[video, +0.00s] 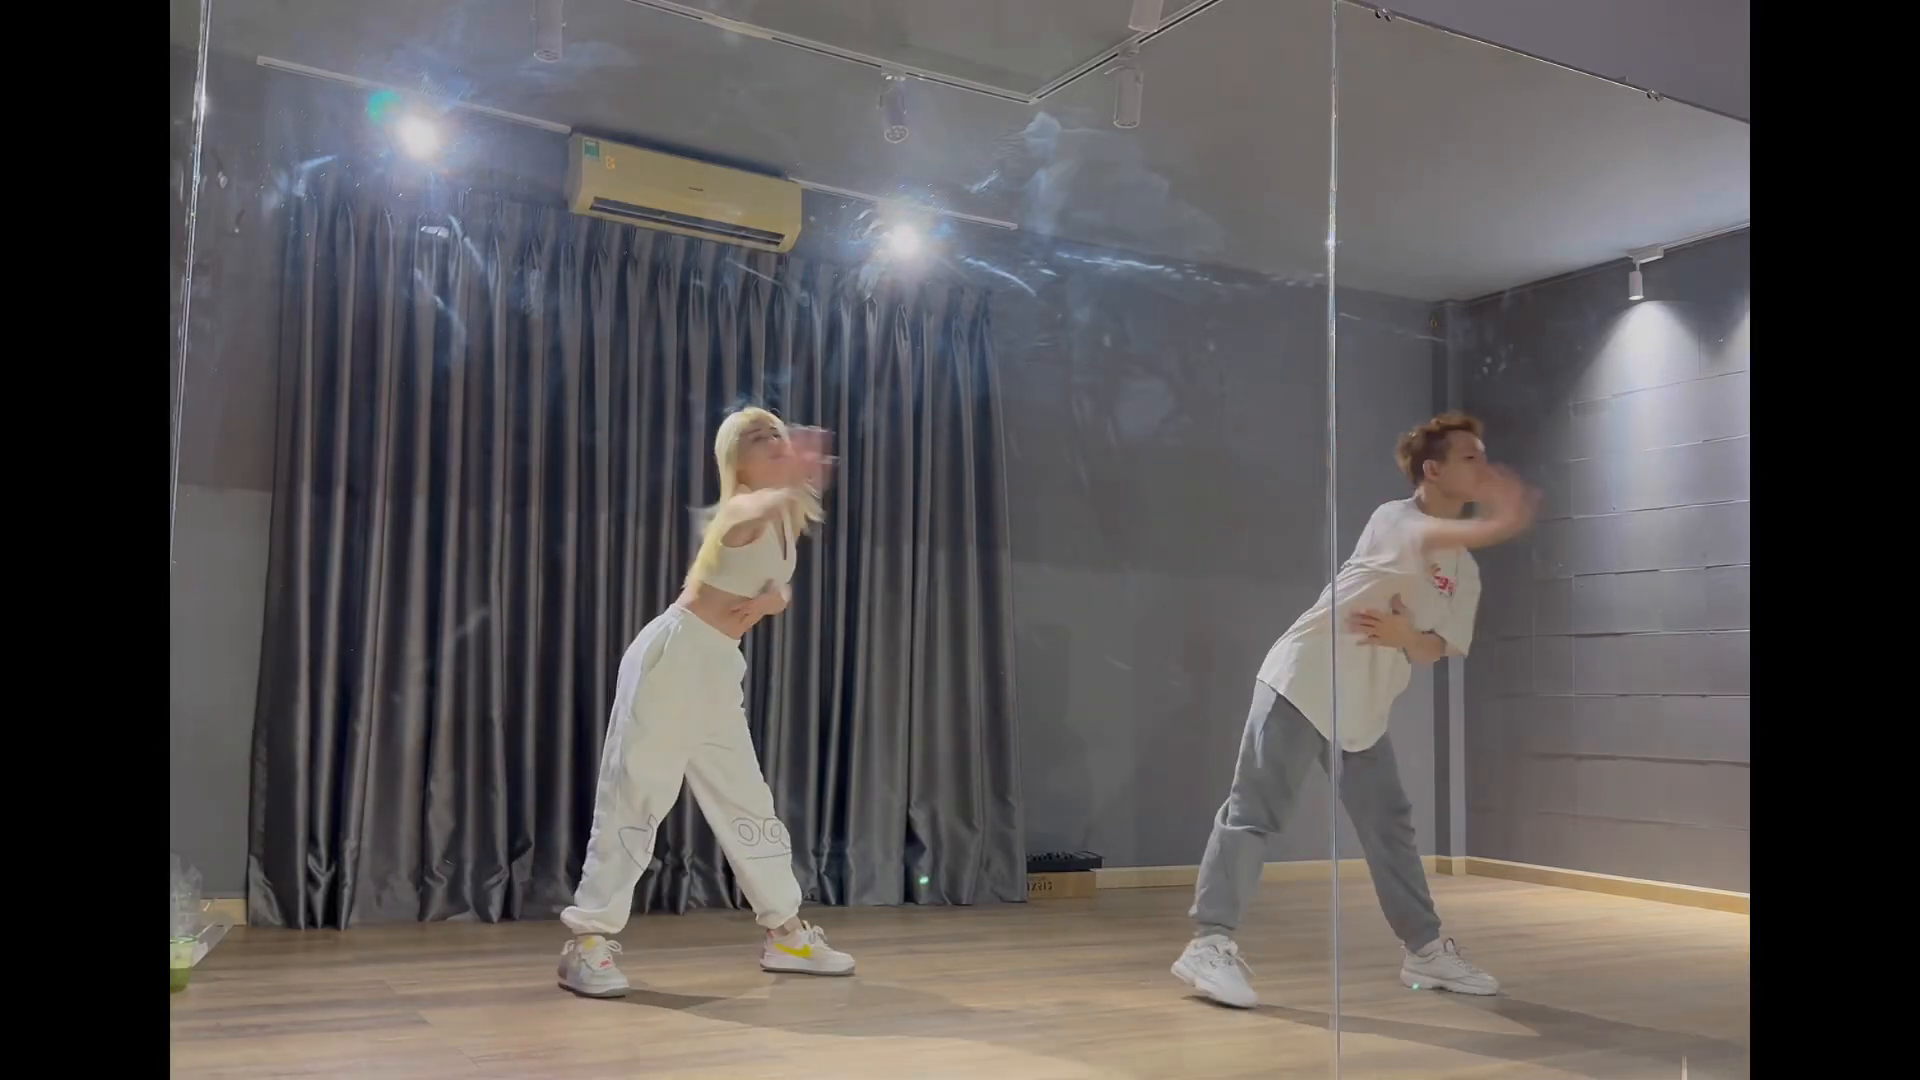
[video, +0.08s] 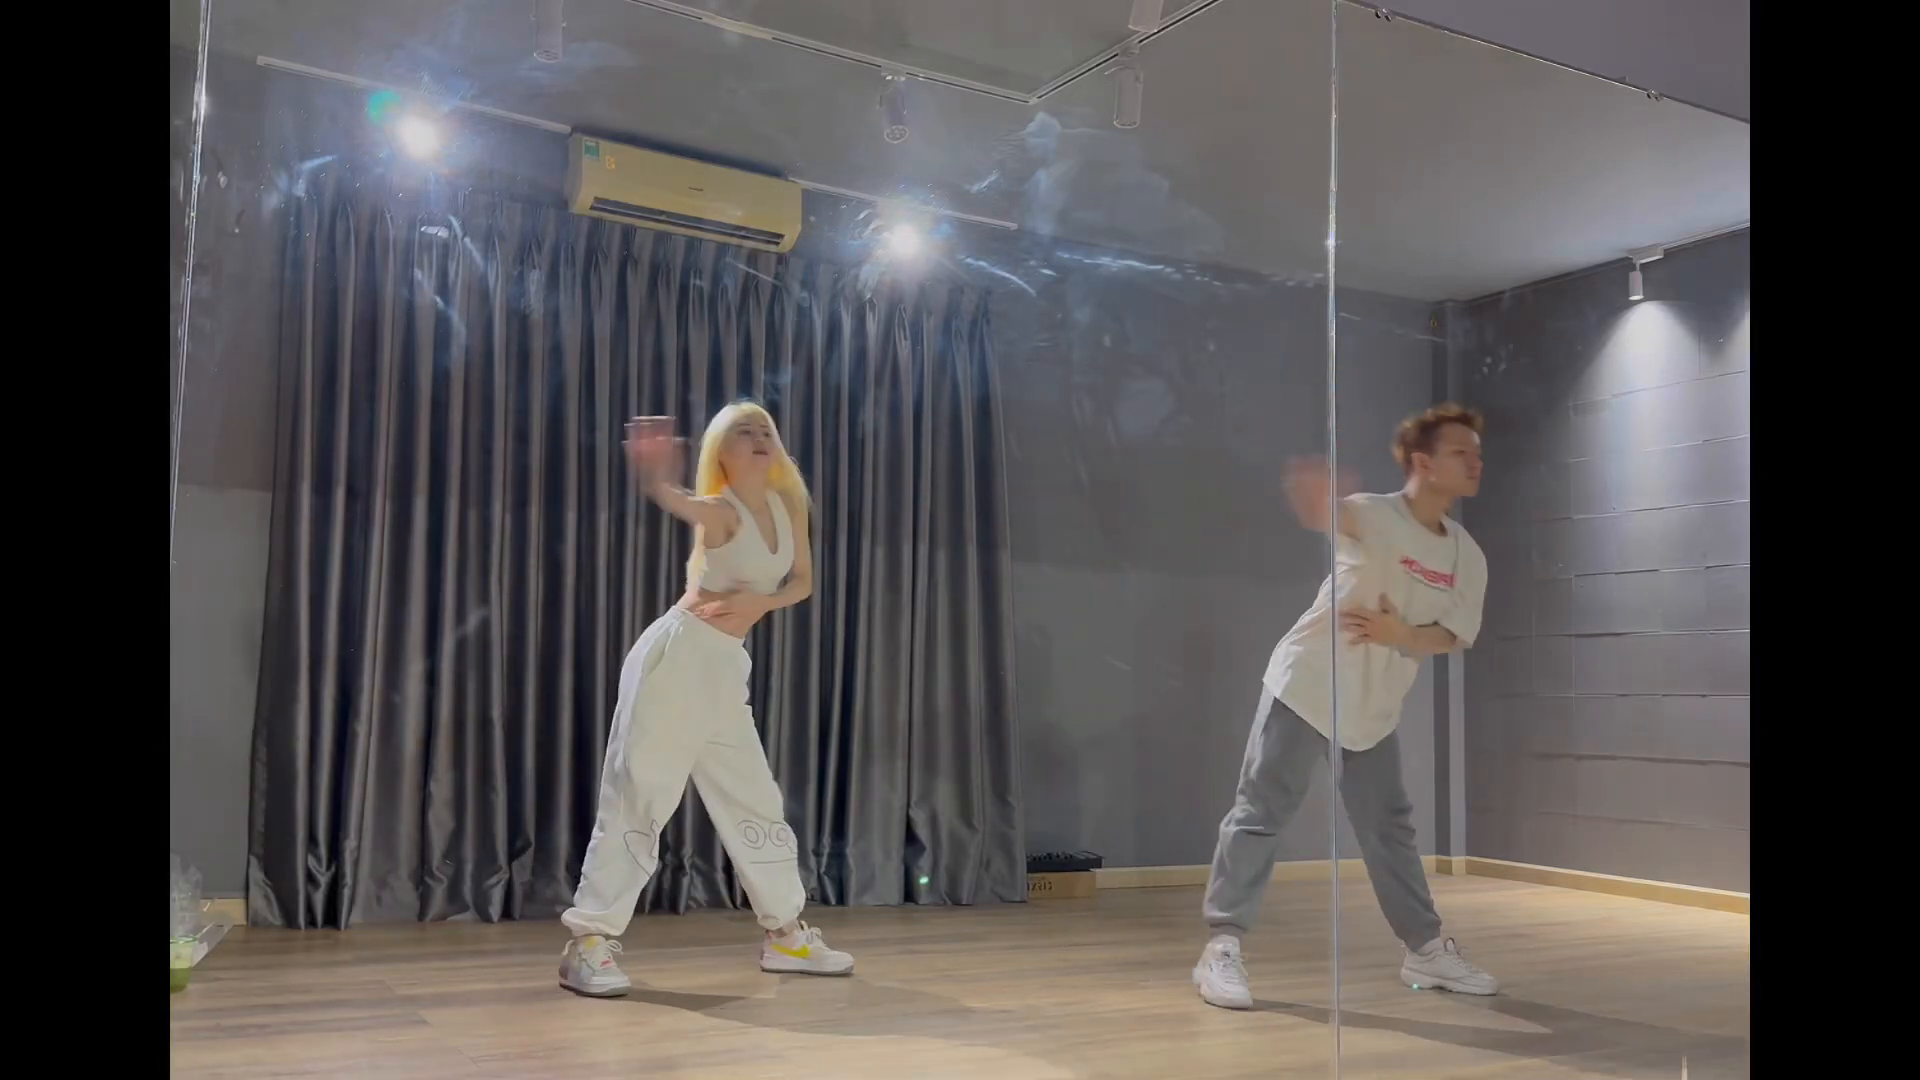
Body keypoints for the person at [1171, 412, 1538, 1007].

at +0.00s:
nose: (1485, 467)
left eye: (1483, 457)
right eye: (1471, 457)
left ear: (1462, 473)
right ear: (1431, 469)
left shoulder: (1467, 568)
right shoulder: (1394, 519)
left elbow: (1443, 648)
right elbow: (1433, 534)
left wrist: (1406, 635)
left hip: (1360, 701)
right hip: (1305, 675)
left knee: (1389, 824)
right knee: (1254, 811)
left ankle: (1426, 951)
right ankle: (1208, 945)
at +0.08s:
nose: (1476, 464)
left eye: (1478, 455)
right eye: (1462, 454)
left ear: (1472, 467)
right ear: (1420, 461)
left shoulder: (1468, 557)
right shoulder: (1376, 513)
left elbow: (1455, 636)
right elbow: (1330, 518)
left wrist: (1397, 634)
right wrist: (1315, 500)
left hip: (1371, 705)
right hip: (1308, 682)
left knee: (1389, 825)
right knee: (1260, 813)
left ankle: (1426, 950)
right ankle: (1221, 951)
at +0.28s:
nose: (1392, 461)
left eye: (1398, 450)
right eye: (1376, 451)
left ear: (1404, 456)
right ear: (1341, 458)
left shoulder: (1428, 523)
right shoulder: (1299, 510)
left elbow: (1505, 583)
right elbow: (1217, 472)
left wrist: (1431, 579)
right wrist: (1219, 535)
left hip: (1397, 708)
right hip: (1311, 702)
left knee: (1433, 824)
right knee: (1285, 816)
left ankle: (1453, 947)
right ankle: (1239, 949)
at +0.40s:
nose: (1386, 474)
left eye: (1392, 462)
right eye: (1371, 463)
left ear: (1401, 465)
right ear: (1337, 469)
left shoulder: (1419, 534)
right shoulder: (1296, 521)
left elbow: (1437, 616)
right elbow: (1223, 530)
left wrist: (1379, 584)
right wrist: (1283, 484)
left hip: (1402, 708)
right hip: (1312, 703)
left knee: (1444, 825)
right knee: (1261, 798)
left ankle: (1472, 952)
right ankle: (1257, 949)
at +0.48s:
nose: (1385, 501)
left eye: (1393, 487)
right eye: (1370, 489)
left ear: (1404, 489)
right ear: (1342, 492)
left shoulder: (1420, 560)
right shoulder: (1310, 545)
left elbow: (1390, 627)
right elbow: (1267, 571)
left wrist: (1309, 607)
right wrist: (1277, 494)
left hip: (1416, 734)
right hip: (1324, 729)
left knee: (1455, 847)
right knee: (1235, 792)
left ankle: (1475, 957)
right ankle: (1260, 942)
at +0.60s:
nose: (1369, 472)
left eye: (1375, 461)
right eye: (1355, 461)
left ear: (1385, 469)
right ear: (1321, 472)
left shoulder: (1403, 544)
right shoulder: (1294, 539)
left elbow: (1383, 626)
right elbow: (1225, 556)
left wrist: (1315, 581)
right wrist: (1261, 484)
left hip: (1394, 728)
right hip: (1308, 720)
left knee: (1438, 850)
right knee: (1232, 794)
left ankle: (1473, 953)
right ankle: (1245, 944)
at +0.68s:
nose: (1333, 439)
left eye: (1345, 433)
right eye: (1320, 430)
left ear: (1360, 453)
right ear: (1296, 450)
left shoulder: (1384, 526)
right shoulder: (1268, 521)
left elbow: (1388, 617)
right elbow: (1192, 540)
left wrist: (1338, 557)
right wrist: (1218, 469)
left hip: (1379, 707)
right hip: (1296, 703)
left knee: (1414, 840)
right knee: (1249, 813)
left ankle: (1455, 932)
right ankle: (1249, 952)